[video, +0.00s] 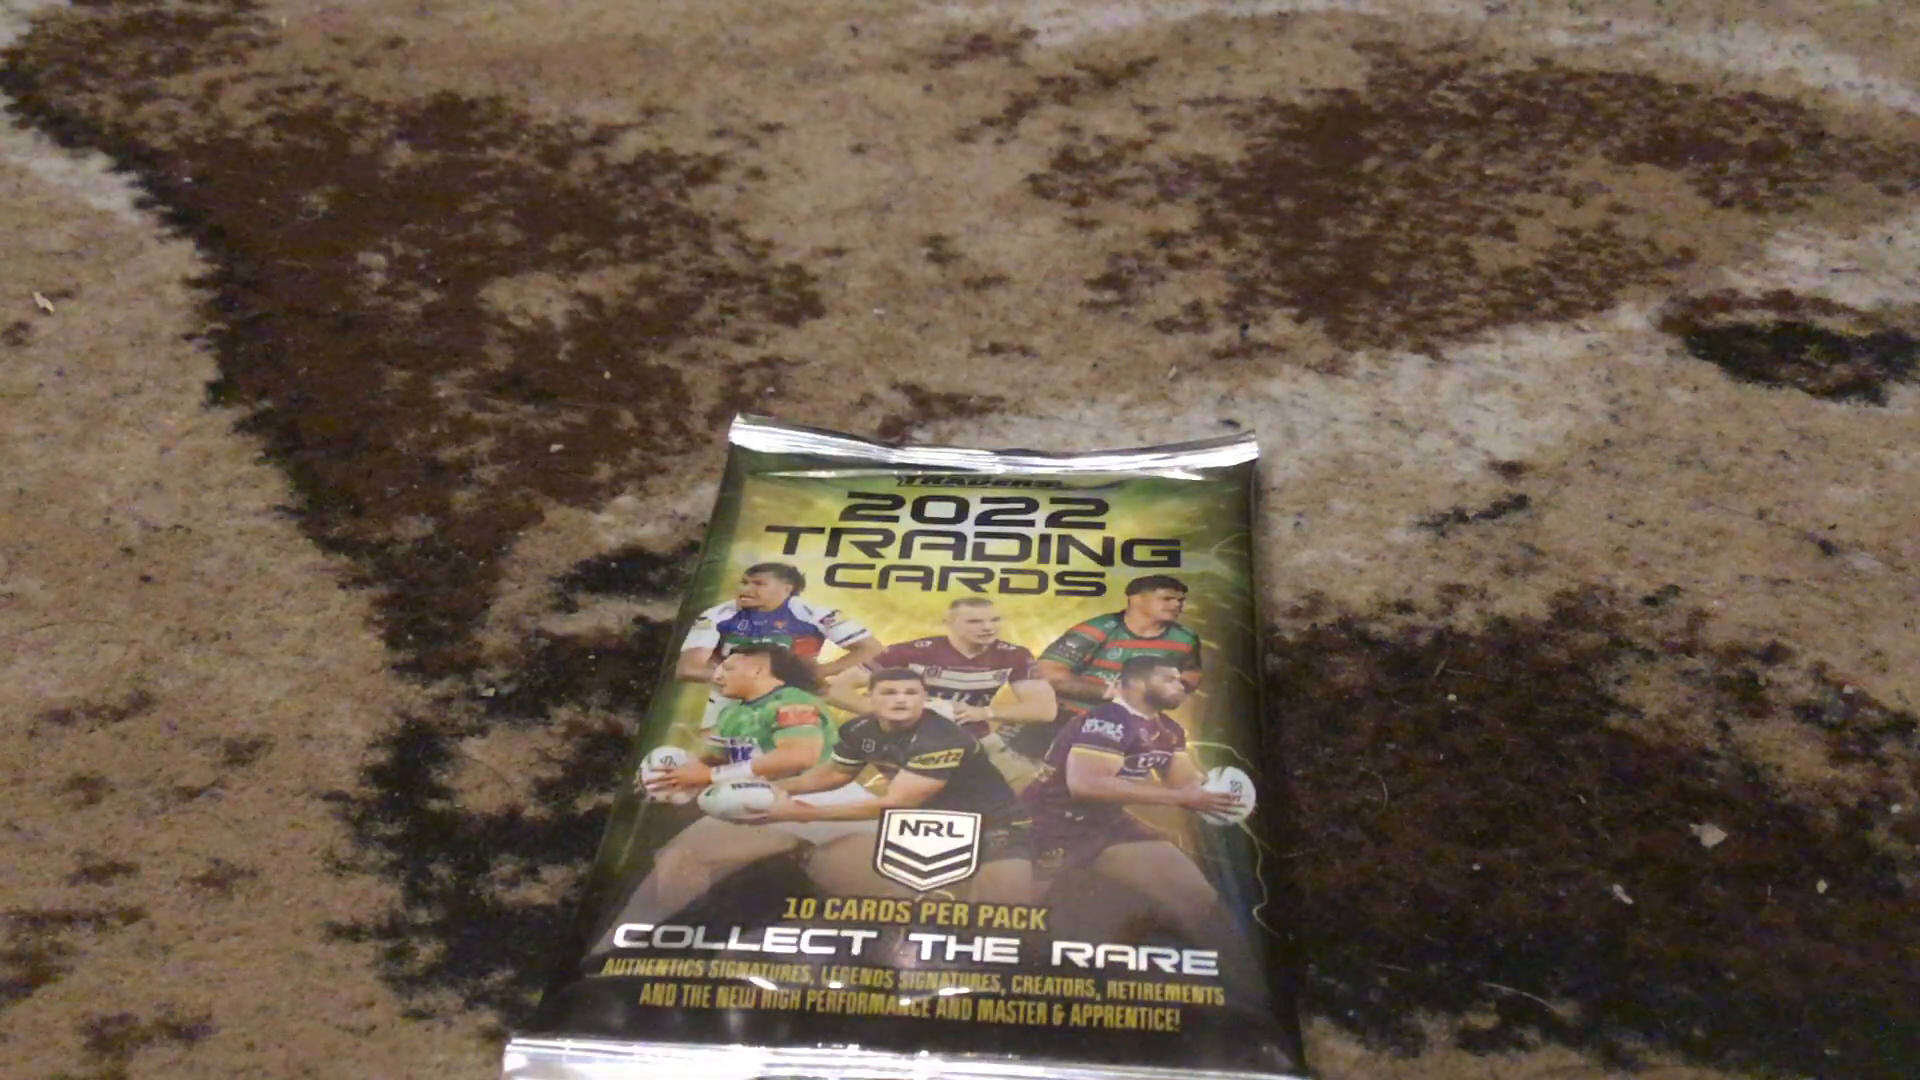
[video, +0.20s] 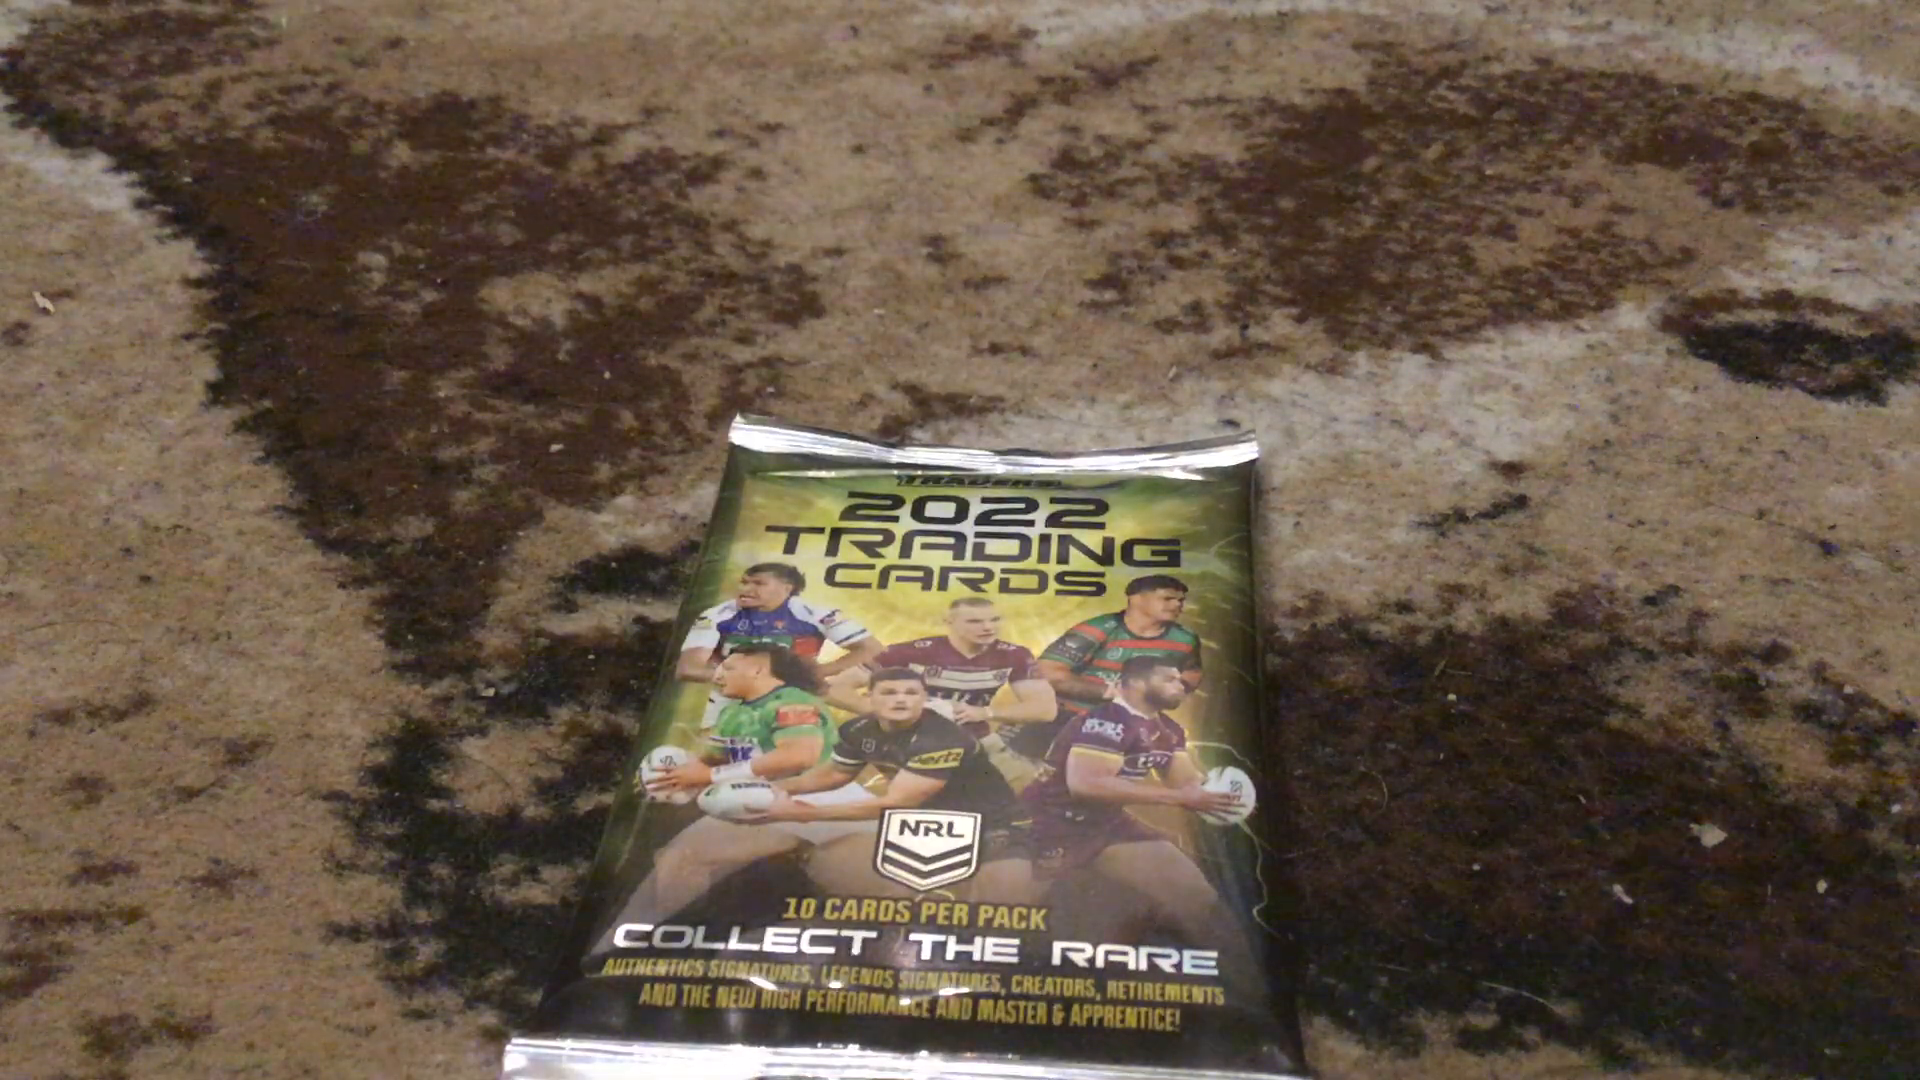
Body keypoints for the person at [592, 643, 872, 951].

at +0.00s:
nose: (721, 668)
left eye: (731, 661)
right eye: (723, 662)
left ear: (762, 664)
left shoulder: (794, 701)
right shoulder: (732, 714)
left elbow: (802, 755)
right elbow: (715, 764)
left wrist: (712, 776)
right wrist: (668, 779)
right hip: (750, 817)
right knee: (671, 863)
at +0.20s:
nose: (719, 671)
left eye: (728, 663)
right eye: (722, 664)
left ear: (760, 664)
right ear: (756, 666)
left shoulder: (794, 703)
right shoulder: (735, 713)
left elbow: (801, 755)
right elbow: (712, 759)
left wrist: (711, 775)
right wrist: (668, 778)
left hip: (794, 813)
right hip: (746, 813)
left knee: (685, 862)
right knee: (672, 862)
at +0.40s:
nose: (720, 670)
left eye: (729, 662)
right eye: (722, 662)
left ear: (761, 664)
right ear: (756, 666)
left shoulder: (794, 702)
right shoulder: (734, 713)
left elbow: (801, 755)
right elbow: (711, 762)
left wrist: (711, 775)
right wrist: (668, 779)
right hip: (750, 816)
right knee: (673, 863)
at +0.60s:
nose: (721, 669)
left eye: (730, 661)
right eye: (723, 662)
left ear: (761, 665)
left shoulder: (794, 701)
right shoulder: (732, 714)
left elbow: (801, 755)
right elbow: (714, 763)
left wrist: (712, 776)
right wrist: (669, 779)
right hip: (749, 814)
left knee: (686, 859)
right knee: (670, 861)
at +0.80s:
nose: (720, 670)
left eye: (729, 662)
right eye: (722, 663)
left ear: (760, 665)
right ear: (756, 667)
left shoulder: (794, 702)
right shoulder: (734, 713)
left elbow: (801, 755)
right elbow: (712, 762)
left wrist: (710, 775)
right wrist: (669, 779)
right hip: (754, 816)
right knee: (672, 863)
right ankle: (616, 949)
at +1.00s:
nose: (720, 670)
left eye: (729, 662)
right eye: (722, 663)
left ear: (761, 664)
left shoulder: (793, 700)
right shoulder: (733, 713)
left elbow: (801, 754)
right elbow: (713, 762)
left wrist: (711, 775)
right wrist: (667, 778)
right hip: (752, 815)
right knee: (672, 862)